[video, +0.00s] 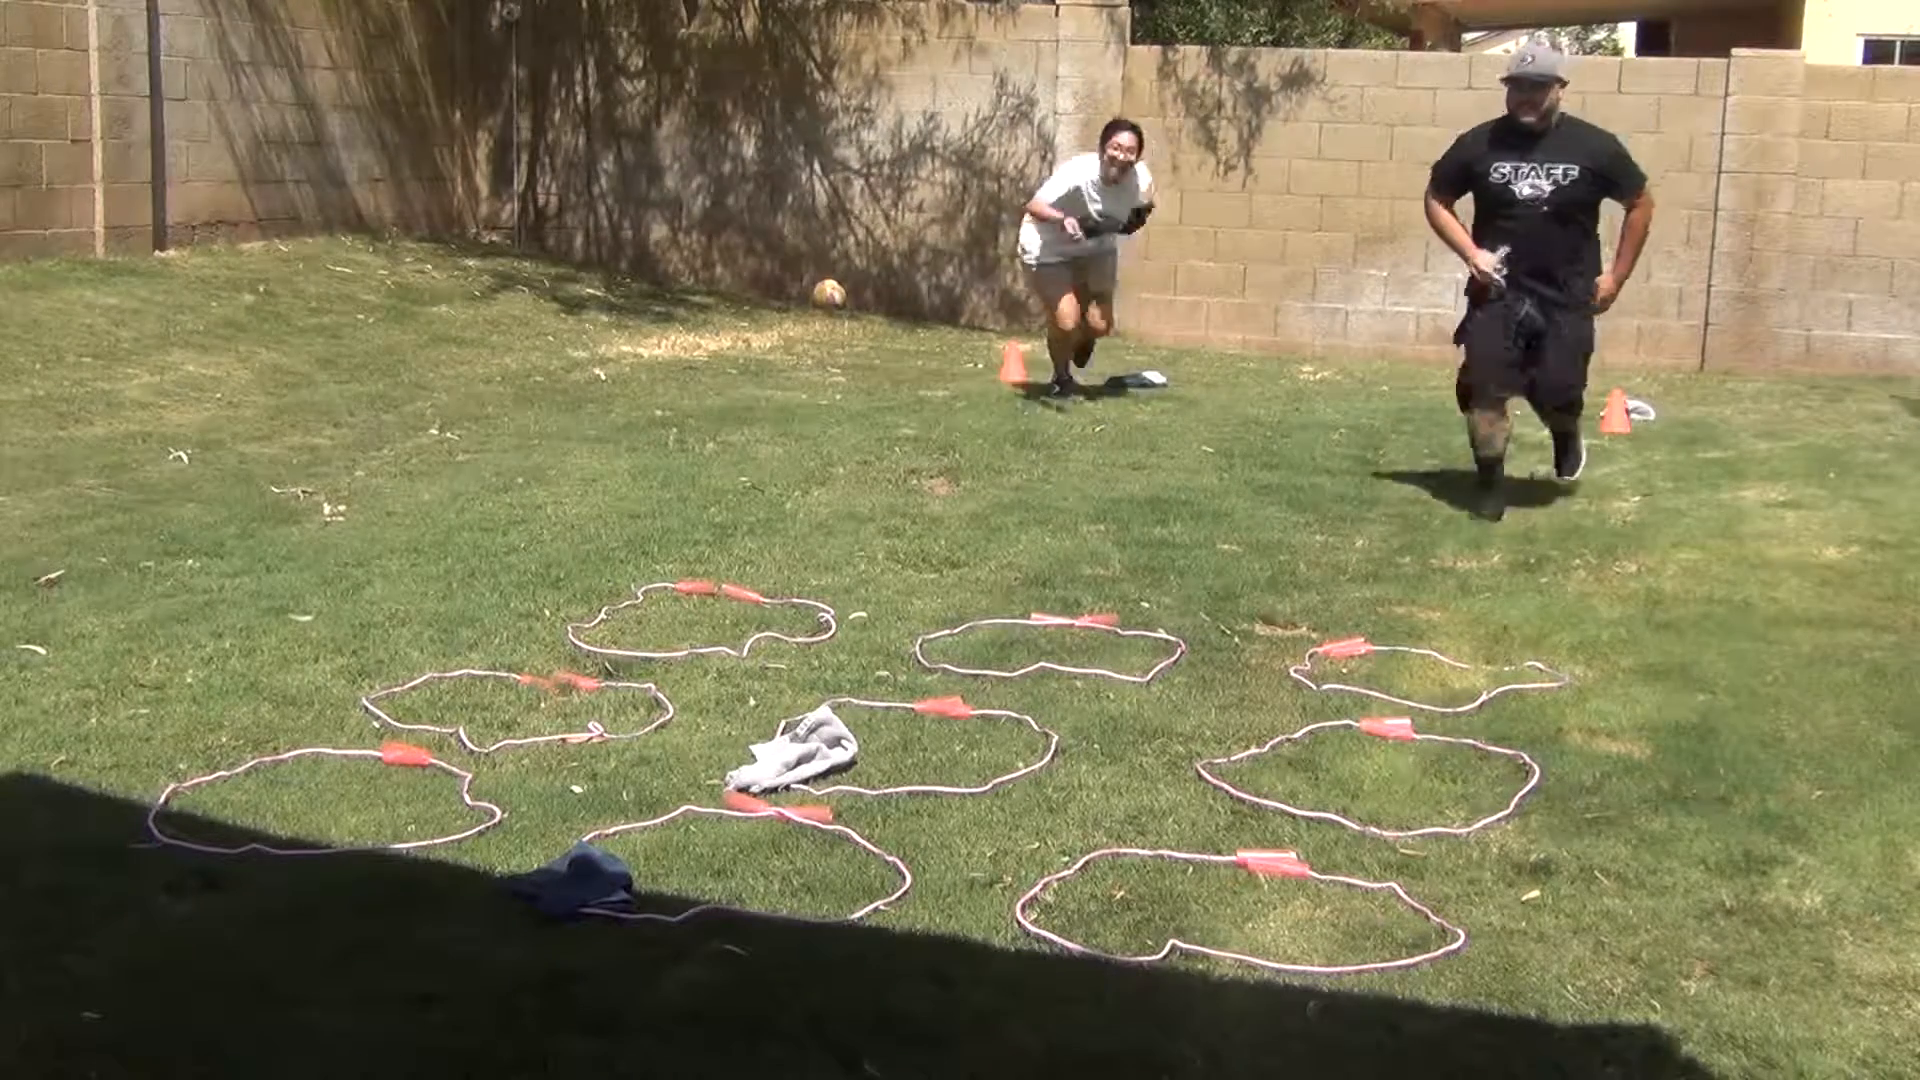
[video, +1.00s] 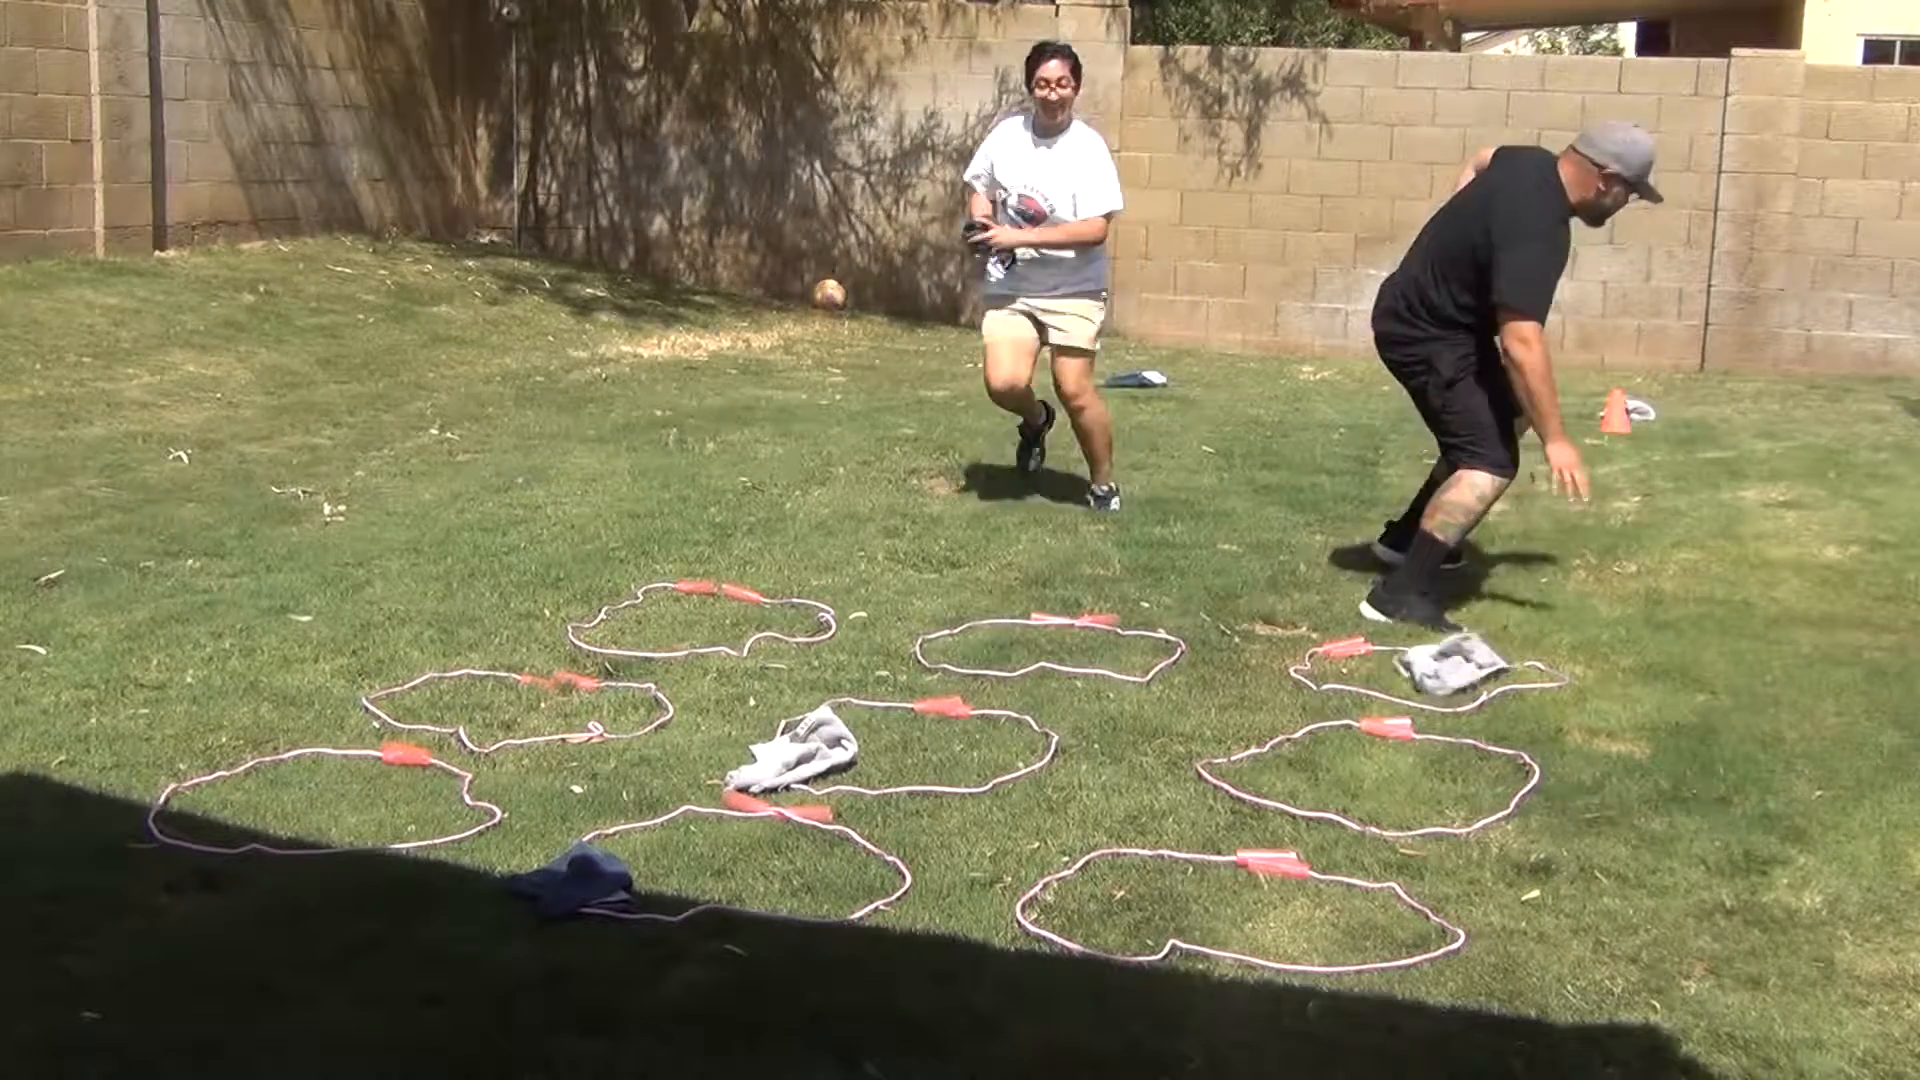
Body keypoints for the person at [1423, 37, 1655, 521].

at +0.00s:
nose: (1525, 97)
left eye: (1537, 88)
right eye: (1517, 86)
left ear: (1560, 90)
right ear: (1505, 87)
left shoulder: (1596, 147)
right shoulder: (1479, 145)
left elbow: (1641, 203)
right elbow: (1435, 202)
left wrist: (1616, 276)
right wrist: (1472, 254)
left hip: (1566, 298)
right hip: (1497, 293)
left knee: (1557, 396)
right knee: (1485, 390)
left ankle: (1565, 437)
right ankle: (1490, 487)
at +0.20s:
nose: (1526, 90)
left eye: (1539, 80)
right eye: (1518, 78)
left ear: (1561, 83)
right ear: (1503, 80)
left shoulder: (1589, 141)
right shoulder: (1469, 139)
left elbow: (1613, 193)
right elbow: (1404, 193)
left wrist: (1593, 259)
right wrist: (1455, 255)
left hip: (1550, 294)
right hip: (1477, 295)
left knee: (1537, 394)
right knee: (1468, 422)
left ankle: (1507, 519)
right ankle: (1482, 486)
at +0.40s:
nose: (1536, 110)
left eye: (1550, 100)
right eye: (1527, 97)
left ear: (1569, 101)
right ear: (1510, 94)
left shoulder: (1583, 165)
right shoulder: (1471, 151)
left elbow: (1586, 241)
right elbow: (1413, 229)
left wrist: (1566, 301)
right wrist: (1432, 301)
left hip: (1539, 322)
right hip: (1466, 316)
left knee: (1529, 436)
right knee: (1448, 436)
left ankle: (1487, 544)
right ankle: (1405, 501)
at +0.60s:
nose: (1533, 140)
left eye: (1546, 130)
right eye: (1523, 128)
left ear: (1564, 125)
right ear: (1501, 114)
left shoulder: (1560, 167)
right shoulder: (1462, 168)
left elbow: (1530, 253)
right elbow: (1426, 265)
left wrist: (1520, 321)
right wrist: (1441, 336)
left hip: (1517, 335)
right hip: (1458, 333)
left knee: (1563, 457)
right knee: (1459, 449)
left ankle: (1482, 539)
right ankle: (1408, 580)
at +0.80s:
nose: (1570, 205)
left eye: (1579, 196)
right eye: (1562, 193)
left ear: (1590, 180)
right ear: (1529, 169)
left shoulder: (1530, 207)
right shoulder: (1494, 219)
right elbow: (1457, 315)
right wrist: (1455, 408)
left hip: (1475, 351)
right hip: (1428, 358)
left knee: (1548, 457)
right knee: (1496, 473)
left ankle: (1429, 541)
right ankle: (1403, 596)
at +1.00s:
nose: (1627, 204)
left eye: (1633, 195)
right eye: (1630, 192)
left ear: (1589, 167)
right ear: (1605, 180)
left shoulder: (1532, 163)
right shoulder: (1539, 225)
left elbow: (1480, 162)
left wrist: (1456, 235)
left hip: (1442, 314)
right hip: (1423, 327)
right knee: (1489, 466)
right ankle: (1403, 593)